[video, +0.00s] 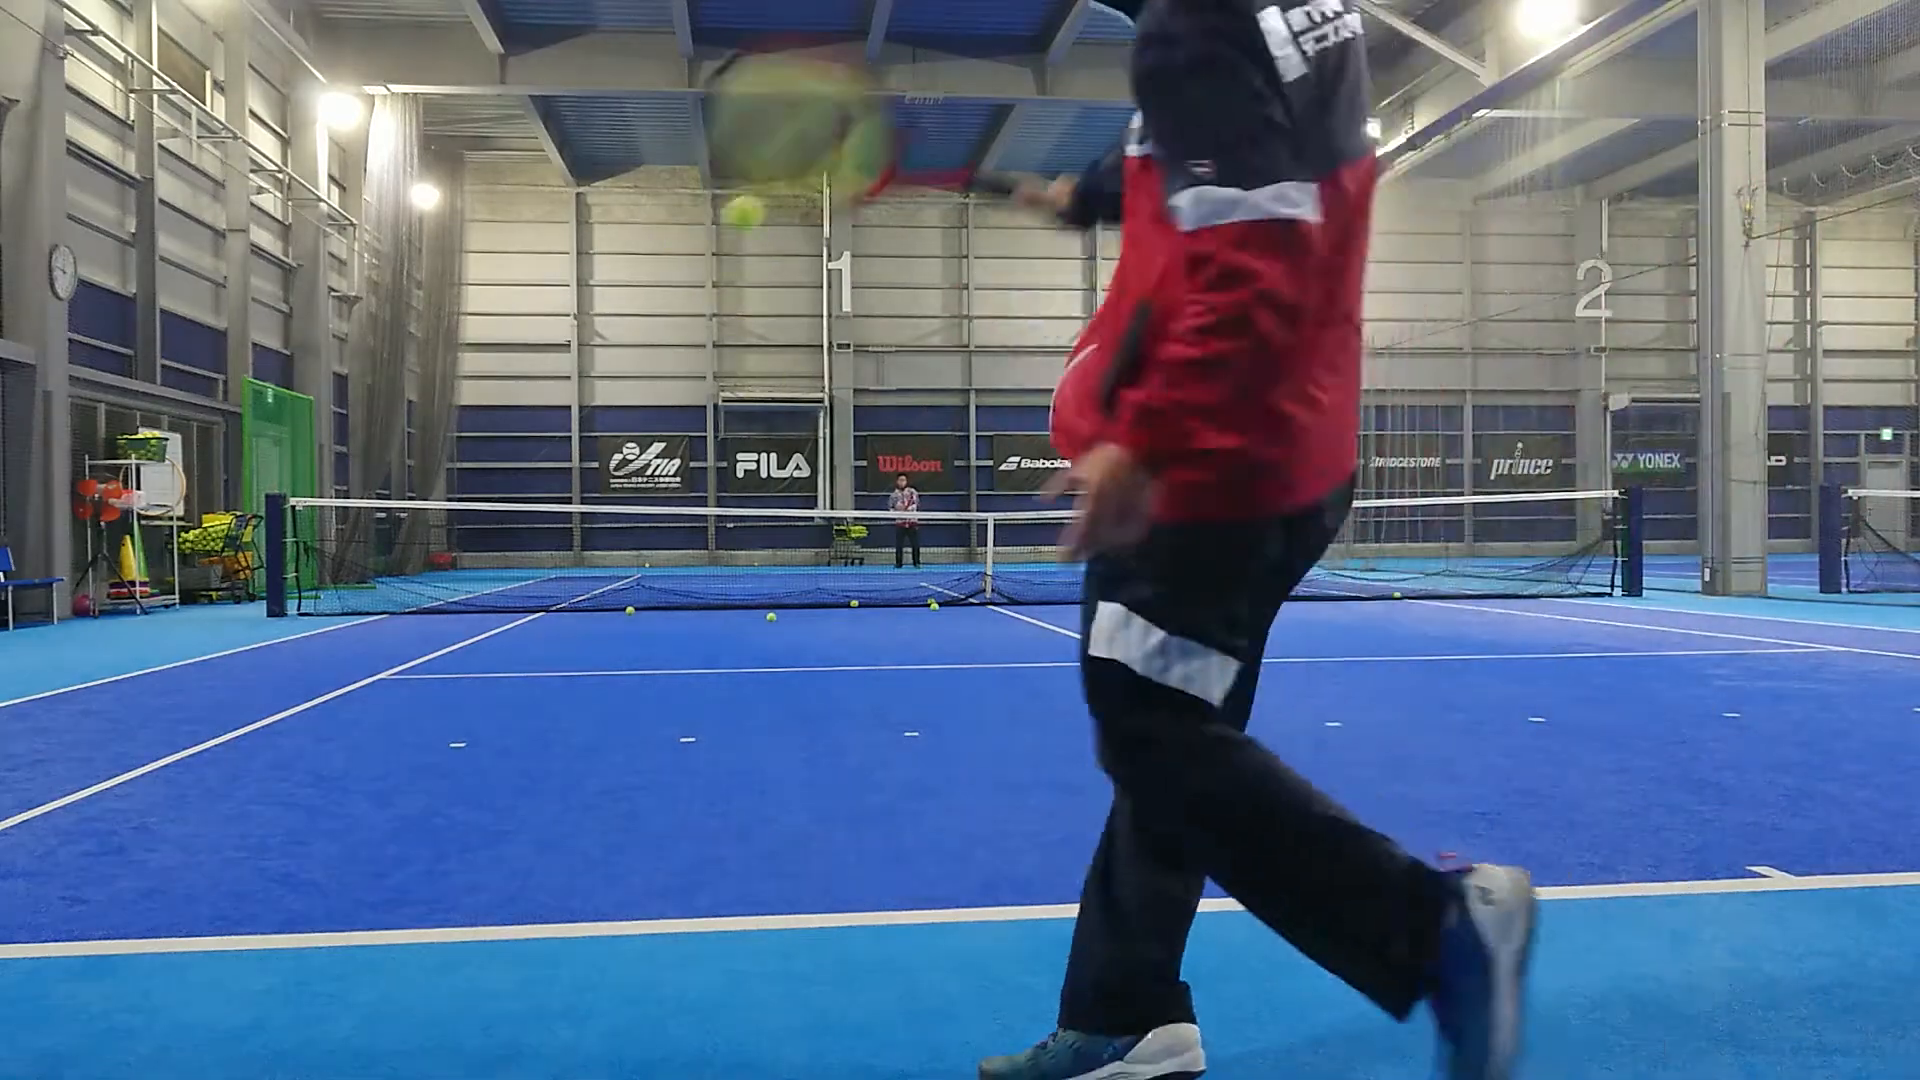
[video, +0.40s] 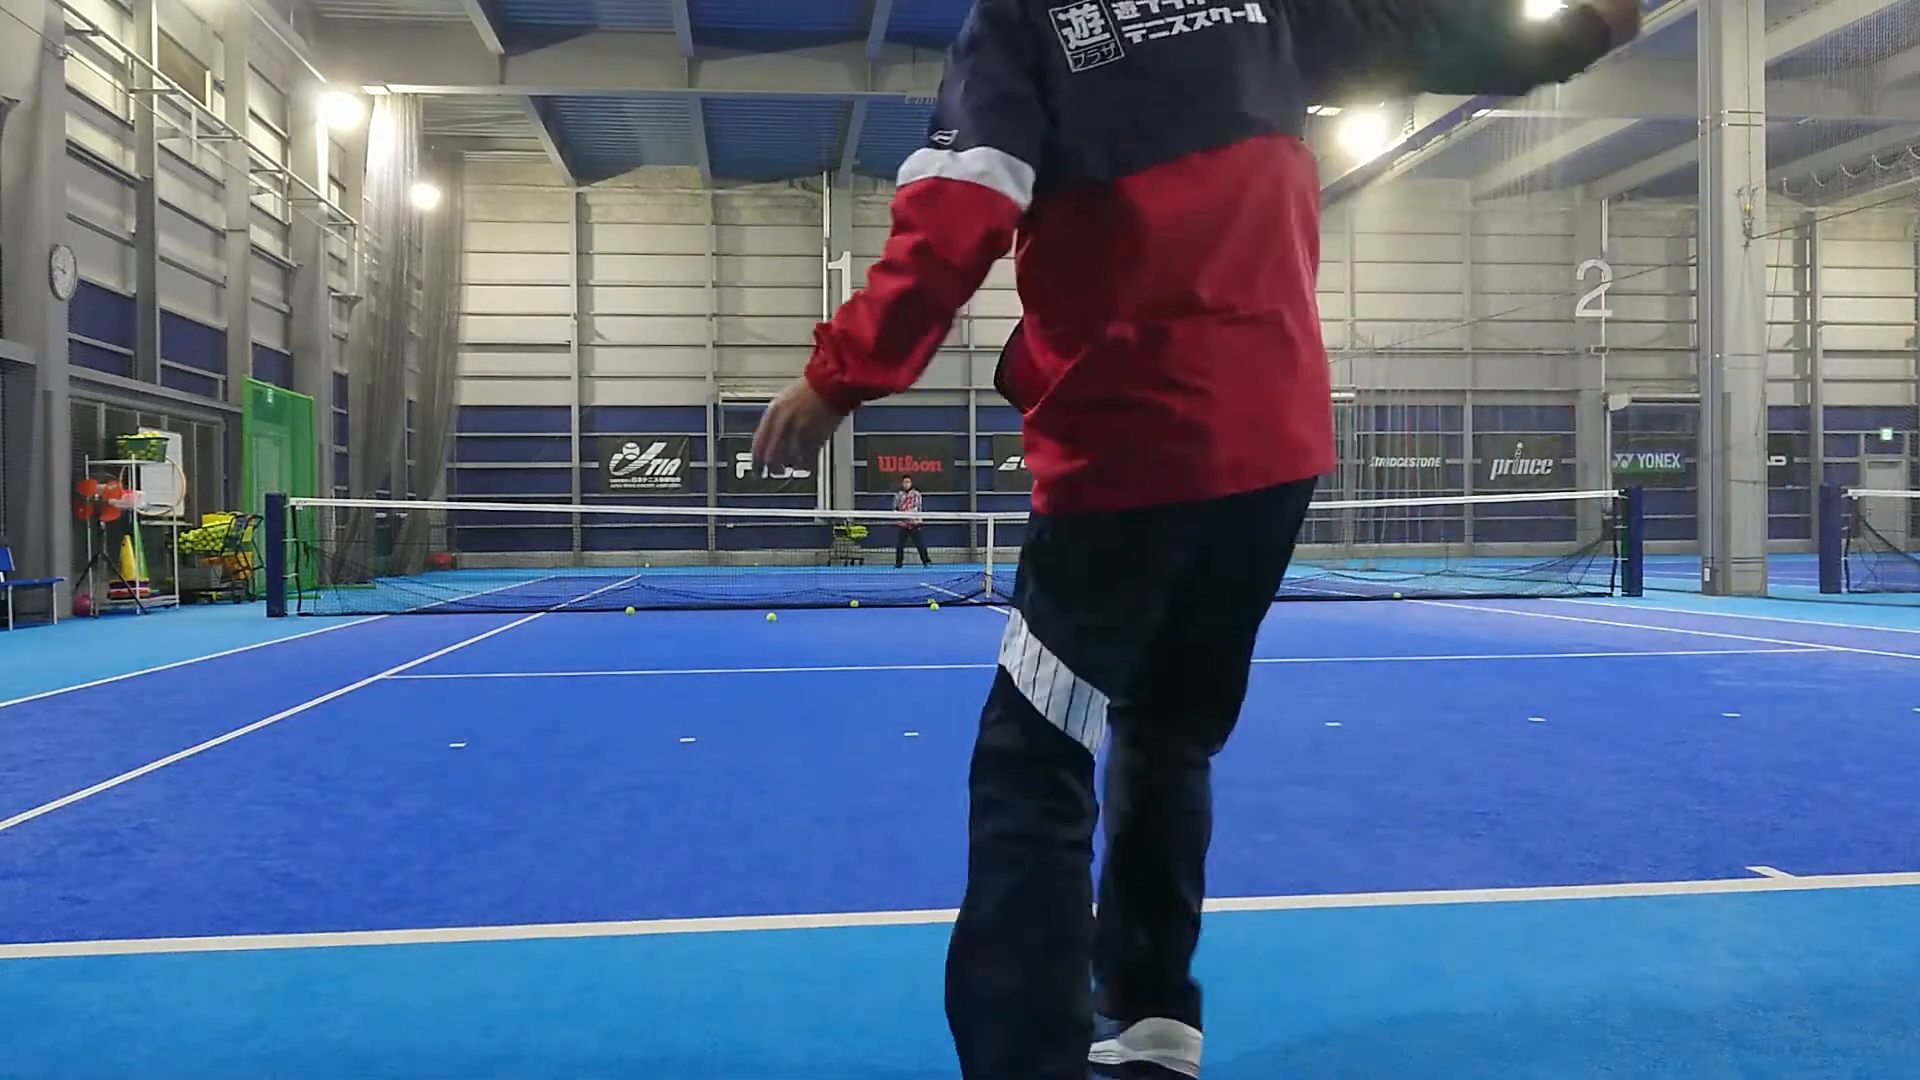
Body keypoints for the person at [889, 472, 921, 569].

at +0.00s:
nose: (902, 482)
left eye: (904, 480)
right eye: (900, 480)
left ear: (907, 482)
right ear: (897, 482)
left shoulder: (912, 492)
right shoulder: (894, 494)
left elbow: (916, 504)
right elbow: (890, 507)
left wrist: (908, 510)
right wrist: (898, 512)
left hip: (912, 522)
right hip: (900, 522)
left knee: (915, 544)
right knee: (899, 545)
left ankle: (916, 562)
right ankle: (898, 563)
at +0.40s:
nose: (907, 484)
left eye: (909, 482)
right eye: (905, 482)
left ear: (911, 483)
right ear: (902, 484)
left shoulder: (916, 495)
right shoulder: (899, 495)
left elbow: (919, 508)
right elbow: (894, 508)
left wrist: (919, 520)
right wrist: (899, 518)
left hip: (914, 523)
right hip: (902, 523)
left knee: (919, 544)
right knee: (900, 545)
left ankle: (926, 561)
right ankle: (898, 563)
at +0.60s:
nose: (915, 487)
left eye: (917, 484)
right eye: (913, 484)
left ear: (921, 486)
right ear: (911, 486)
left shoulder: (925, 496)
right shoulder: (910, 496)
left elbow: (927, 509)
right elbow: (905, 508)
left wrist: (927, 521)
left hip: (923, 523)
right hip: (913, 524)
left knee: (923, 545)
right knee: (908, 544)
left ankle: (930, 562)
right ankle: (901, 562)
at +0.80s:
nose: (925, 489)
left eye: (927, 487)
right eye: (924, 487)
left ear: (931, 488)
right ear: (921, 489)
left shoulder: (933, 498)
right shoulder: (921, 499)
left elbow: (928, 509)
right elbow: (920, 508)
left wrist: (917, 509)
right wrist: (916, 508)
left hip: (931, 523)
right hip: (923, 523)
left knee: (923, 542)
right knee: (920, 542)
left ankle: (931, 559)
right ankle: (930, 559)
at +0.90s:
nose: (931, 488)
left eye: (933, 486)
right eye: (929, 486)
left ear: (936, 488)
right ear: (926, 488)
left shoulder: (938, 497)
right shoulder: (926, 498)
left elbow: (929, 507)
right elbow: (925, 507)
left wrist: (917, 503)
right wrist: (917, 503)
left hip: (938, 523)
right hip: (930, 523)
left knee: (930, 544)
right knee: (928, 544)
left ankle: (943, 555)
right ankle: (930, 561)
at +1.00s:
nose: (935, 487)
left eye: (937, 485)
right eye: (933, 485)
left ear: (940, 486)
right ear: (930, 487)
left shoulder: (943, 495)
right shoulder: (932, 496)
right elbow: (927, 504)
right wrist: (918, 498)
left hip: (944, 521)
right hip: (937, 521)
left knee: (937, 543)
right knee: (940, 542)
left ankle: (933, 560)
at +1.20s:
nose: (944, 490)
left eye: (946, 488)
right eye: (942, 488)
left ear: (950, 488)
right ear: (941, 490)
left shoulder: (952, 498)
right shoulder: (943, 501)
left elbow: (958, 509)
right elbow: (933, 503)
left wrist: (959, 520)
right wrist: (923, 499)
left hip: (954, 523)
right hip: (948, 523)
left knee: (949, 544)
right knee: (948, 544)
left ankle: (957, 561)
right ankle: (955, 561)